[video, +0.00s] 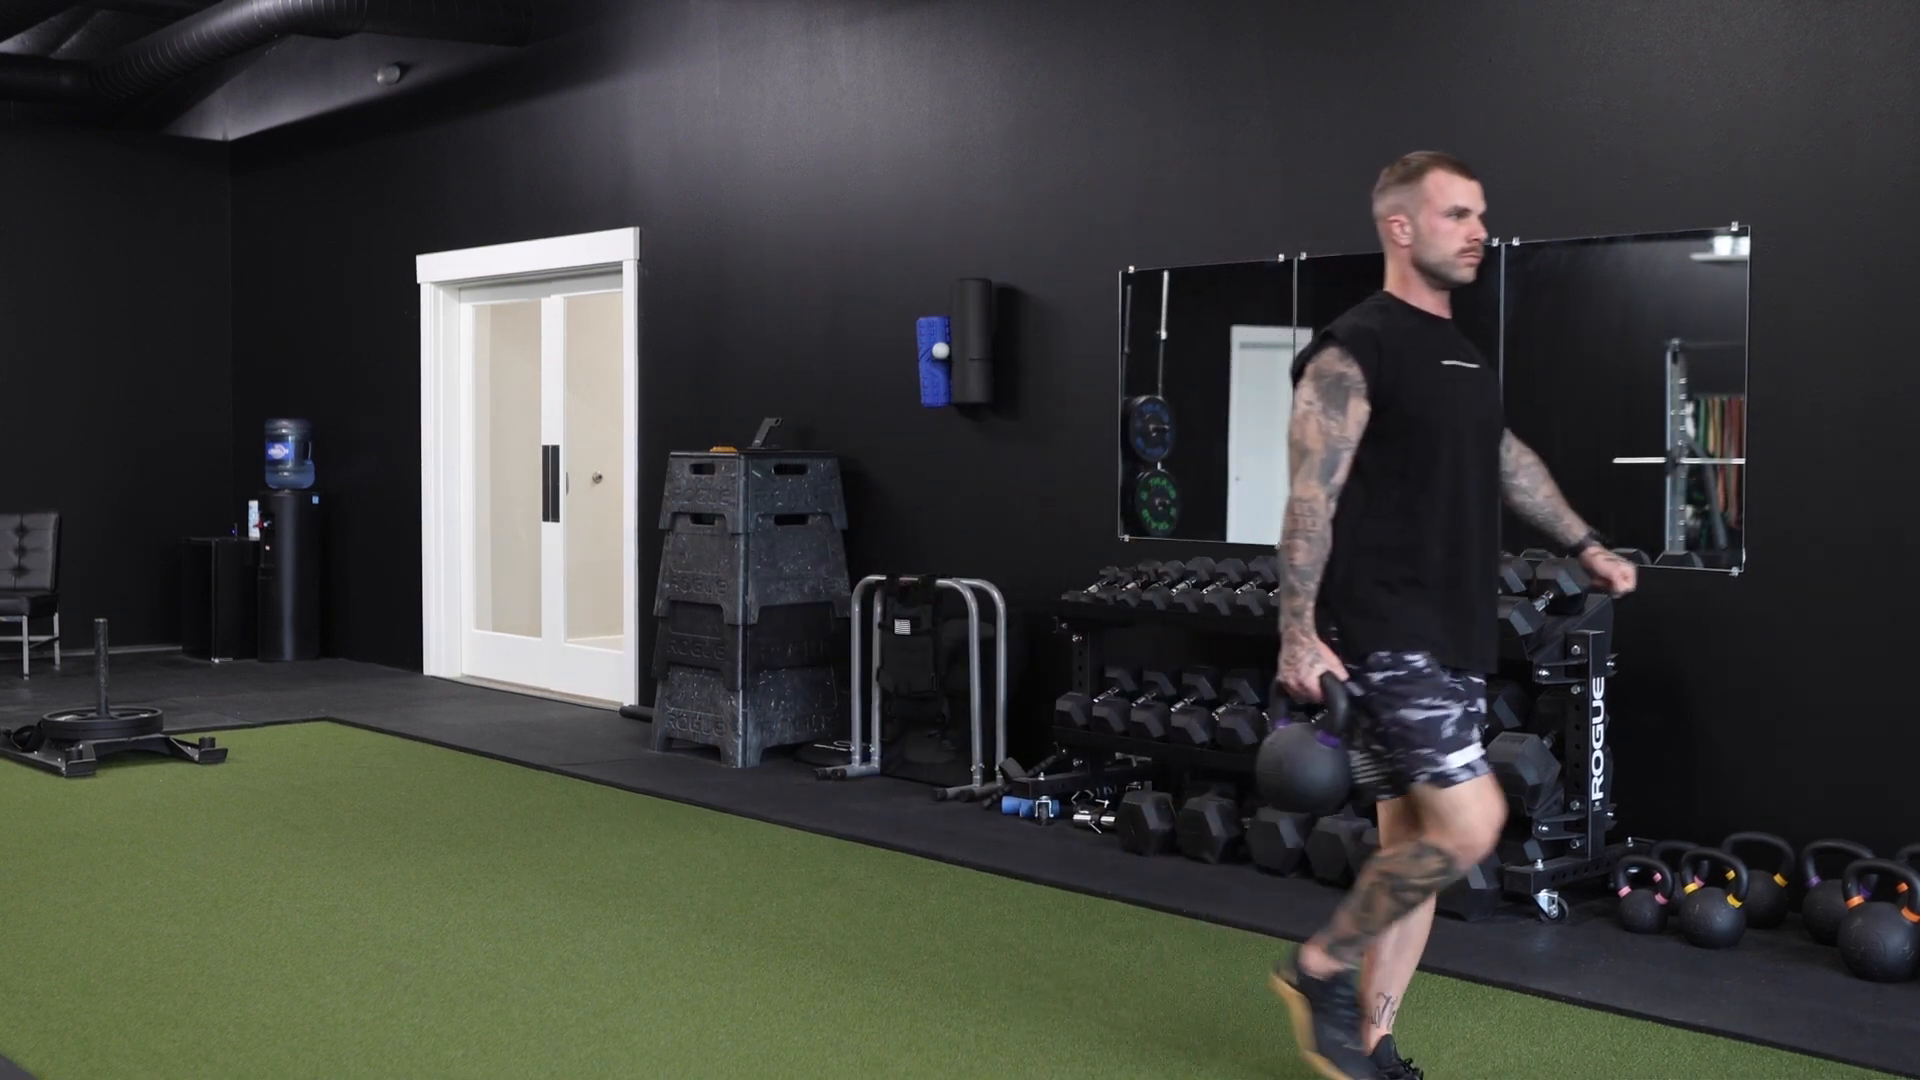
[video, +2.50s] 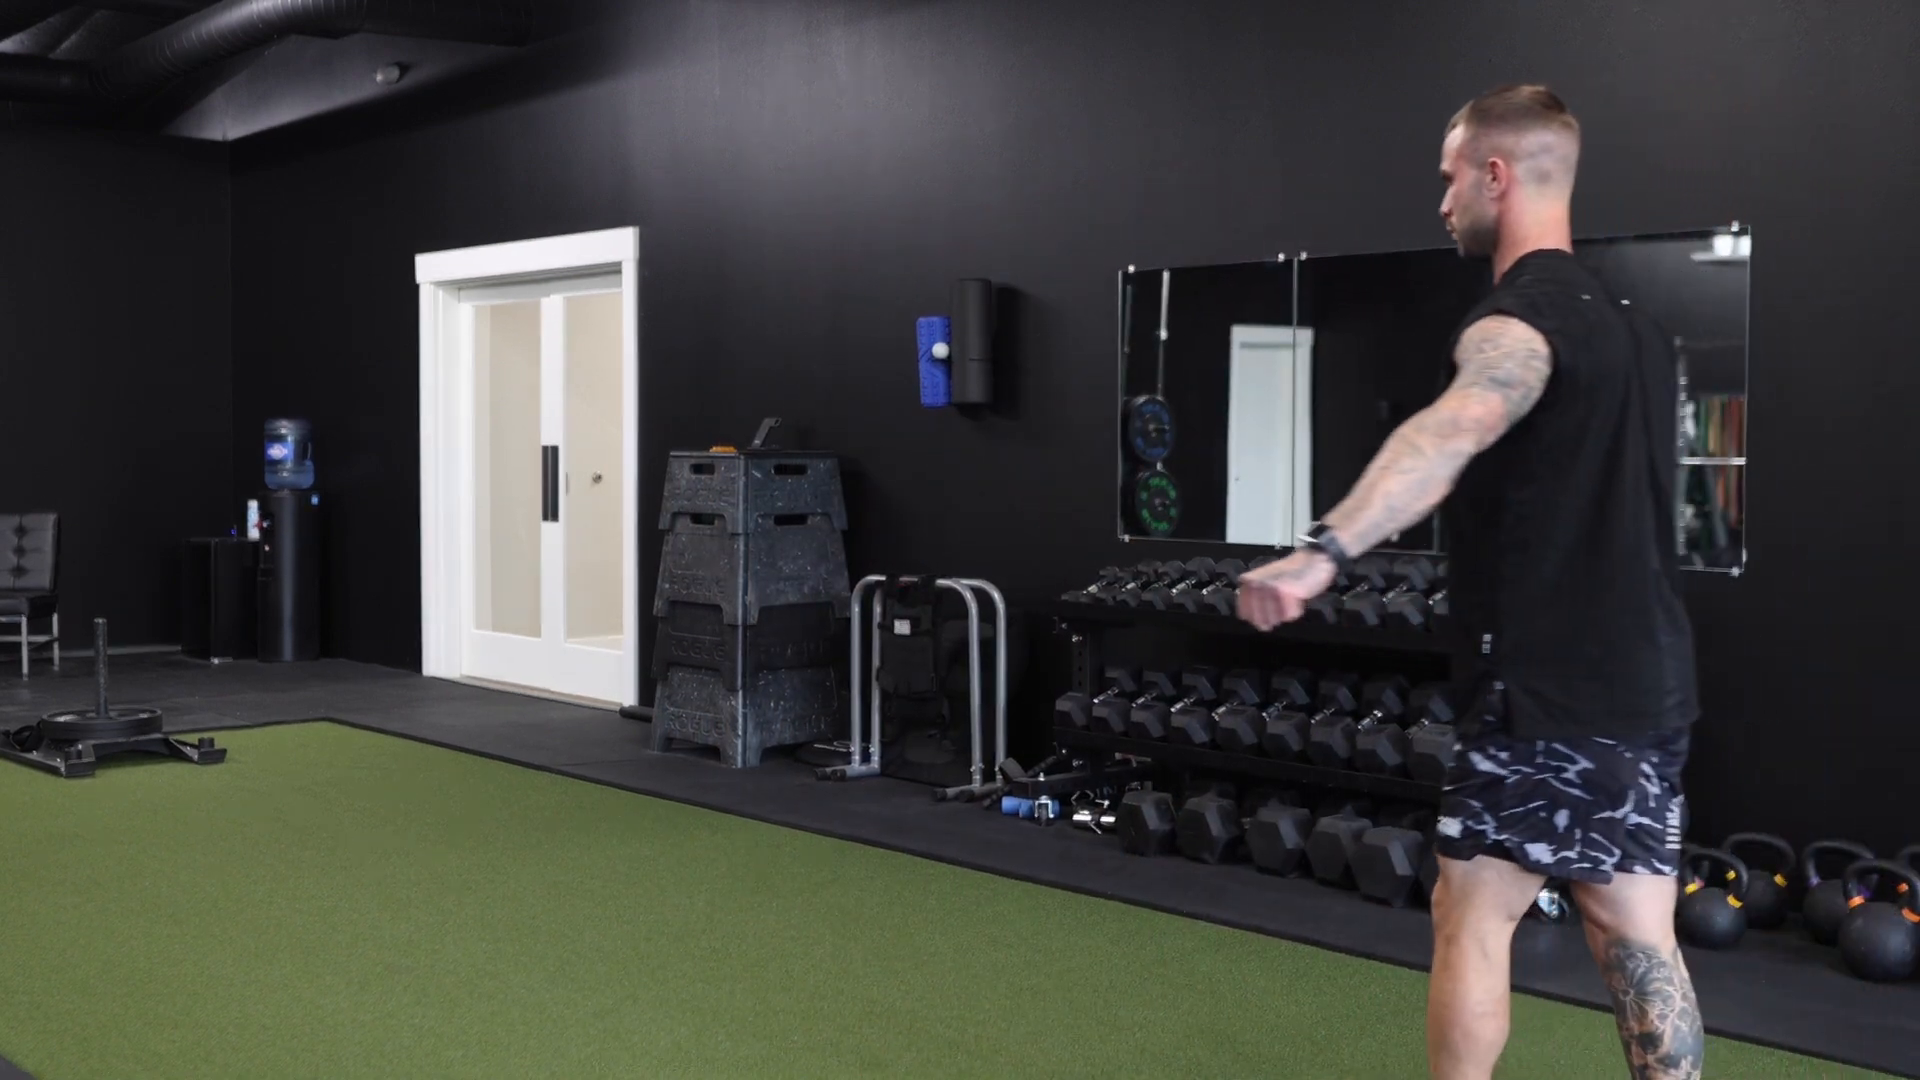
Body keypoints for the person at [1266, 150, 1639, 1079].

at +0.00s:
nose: (1478, 232)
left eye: (1480, 217)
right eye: (1458, 216)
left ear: (1466, 232)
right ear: (1397, 228)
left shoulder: (1461, 354)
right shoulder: (1349, 351)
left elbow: (1506, 459)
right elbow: (1310, 494)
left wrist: (1584, 544)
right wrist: (1296, 626)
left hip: (1454, 633)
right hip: (1380, 633)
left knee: (1410, 845)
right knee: (1470, 821)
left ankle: (1370, 1038)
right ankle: (1319, 965)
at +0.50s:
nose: (1667, 217)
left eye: (1670, 200)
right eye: (1643, 200)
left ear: (1667, 212)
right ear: (1579, 213)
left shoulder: (1653, 344)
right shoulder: (1533, 346)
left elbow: (1718, 454)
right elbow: (1481, 504)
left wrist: (1809, 541)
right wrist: (1467, 647)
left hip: (1659, 654)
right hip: (1577, 657)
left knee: (1670, 866)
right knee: (1613, 879)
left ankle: (1480, 991)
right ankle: (1630, 1072)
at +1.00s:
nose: (1753, 201)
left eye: (1771, 180)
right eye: (1729, 185)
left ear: (1802, 186)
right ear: (1696, 201)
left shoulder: (1863, 338)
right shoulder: (1647, 338)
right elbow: (1595, 502)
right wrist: (1566, 652)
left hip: (1826, 668)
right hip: (1686, 671)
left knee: (1832, 904)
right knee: (1698, 911)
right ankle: (1646, 1074)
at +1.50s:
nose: (1751, 192)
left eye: (1776, 167)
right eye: (1742, 172)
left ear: (1853, 164)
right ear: (1738, 178)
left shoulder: (1907, 312)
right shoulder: (1725, 327)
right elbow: (1694, 494)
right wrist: (1655, 644)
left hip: (1873, 693)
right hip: (1722, 681)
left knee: (1863, 951)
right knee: (1683, 918)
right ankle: (1729, 1073)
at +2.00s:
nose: (1569, 192)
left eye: (1586, 170)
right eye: (1570, 171)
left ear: (1658, 173)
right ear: (1654, 176)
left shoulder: (1739, 321)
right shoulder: (1649, 321)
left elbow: (1778, 443)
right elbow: (1672, 494)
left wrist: (1747, 567)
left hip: (1750, 693)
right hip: (1667, 686)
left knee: (1734, 950)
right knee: (1662, 931)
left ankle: (1820, 1071)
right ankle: (1689, 1077)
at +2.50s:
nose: (1442, 202)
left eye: (1450, 180)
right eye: (1443, 180)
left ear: (1499, 179)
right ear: (1542, 183)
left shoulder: (1523, 315)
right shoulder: (1639, 327)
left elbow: (1458, 425)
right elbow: (1650, 503)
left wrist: (1323, 551)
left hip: (1541, 683)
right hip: (1647, 681)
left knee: (1472, 924)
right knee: (1638, 939)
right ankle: (1673, 1079)